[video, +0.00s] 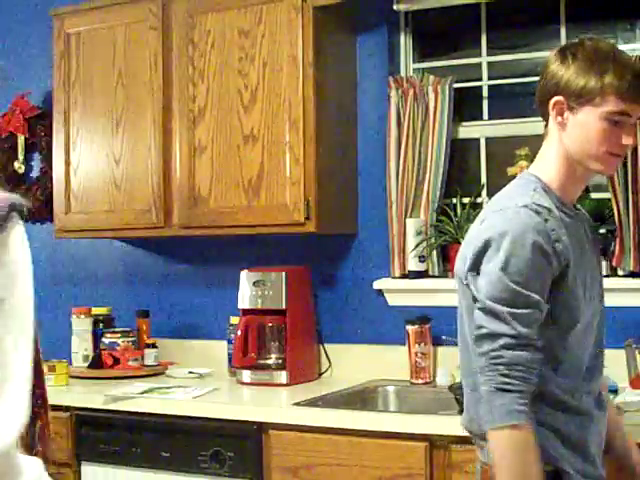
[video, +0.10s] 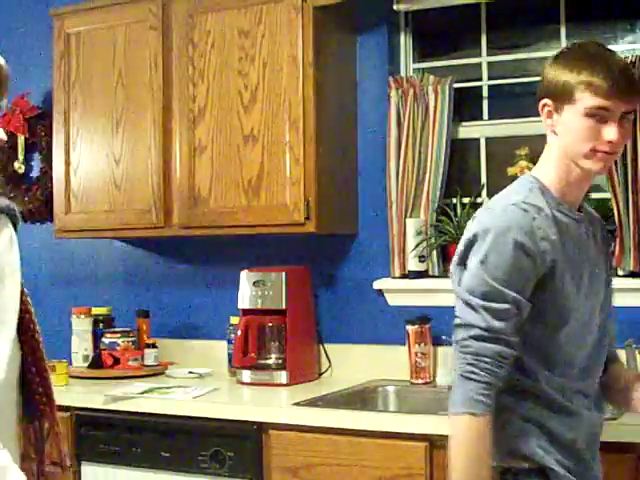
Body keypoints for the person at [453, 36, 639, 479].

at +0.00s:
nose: (630, 140)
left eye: (634, 125)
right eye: (616, 121)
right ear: (560, 113)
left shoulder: (573, 224)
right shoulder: (520, 227)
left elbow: (584, 381)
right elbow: (504, 408)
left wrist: (625, 460)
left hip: (580, 462)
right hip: (541, 465)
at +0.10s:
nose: (615, 136)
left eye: (625, 118)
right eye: (597, 116)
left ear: (633, 123)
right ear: (550, 115)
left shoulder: (592, 229)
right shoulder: (511, 226)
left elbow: (600, 365)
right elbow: (472, 392)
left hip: (581, 464)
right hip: (525, 466)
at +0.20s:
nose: (593, 133)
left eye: (610, 116)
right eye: (576, 113)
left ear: (626, 126)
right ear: (543, 116)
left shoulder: (610, 235)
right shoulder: (497, 225)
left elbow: (630, 384)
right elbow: (440, 384)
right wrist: (428, 477)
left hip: (578, 462)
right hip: (509, 463)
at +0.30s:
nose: (576, 127)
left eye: (595, 112)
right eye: (561, 109)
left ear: (622, 125)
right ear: (541, 118)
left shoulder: (623, 233)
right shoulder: (487, 224)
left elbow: (639, 359)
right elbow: (422, 365)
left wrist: (619, 262)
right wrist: (405, 475)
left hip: (575, 460)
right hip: (495, 456)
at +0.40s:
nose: (552, 123)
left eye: (573, 107)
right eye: (542, 106)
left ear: (613, 121)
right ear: (532, 112)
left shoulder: (626, 230)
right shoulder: (477, 223)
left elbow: (637, 345)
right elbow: (414, 361)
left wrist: (595, 232)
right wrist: (398, 475)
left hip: (577, 465)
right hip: (485, 460)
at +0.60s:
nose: (519, 113)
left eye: (540, 98)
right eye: (513, 99)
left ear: (588, 117)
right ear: (506, 109)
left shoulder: (616, 225)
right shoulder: (455, 223)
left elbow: (613, 337)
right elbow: (415, 358)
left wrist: (557, 211)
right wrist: (404, 473)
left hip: (566, 466)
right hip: (463, 462)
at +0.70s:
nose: (504, 110)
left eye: (526, 96)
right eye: (500, 96)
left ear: (576, 117)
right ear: (493, 106)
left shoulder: (603, 219)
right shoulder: (441, 224)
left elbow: (591, 328)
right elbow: (409, 361)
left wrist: (539, 203)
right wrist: (403, 472)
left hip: (558, 463)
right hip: (454, 460)